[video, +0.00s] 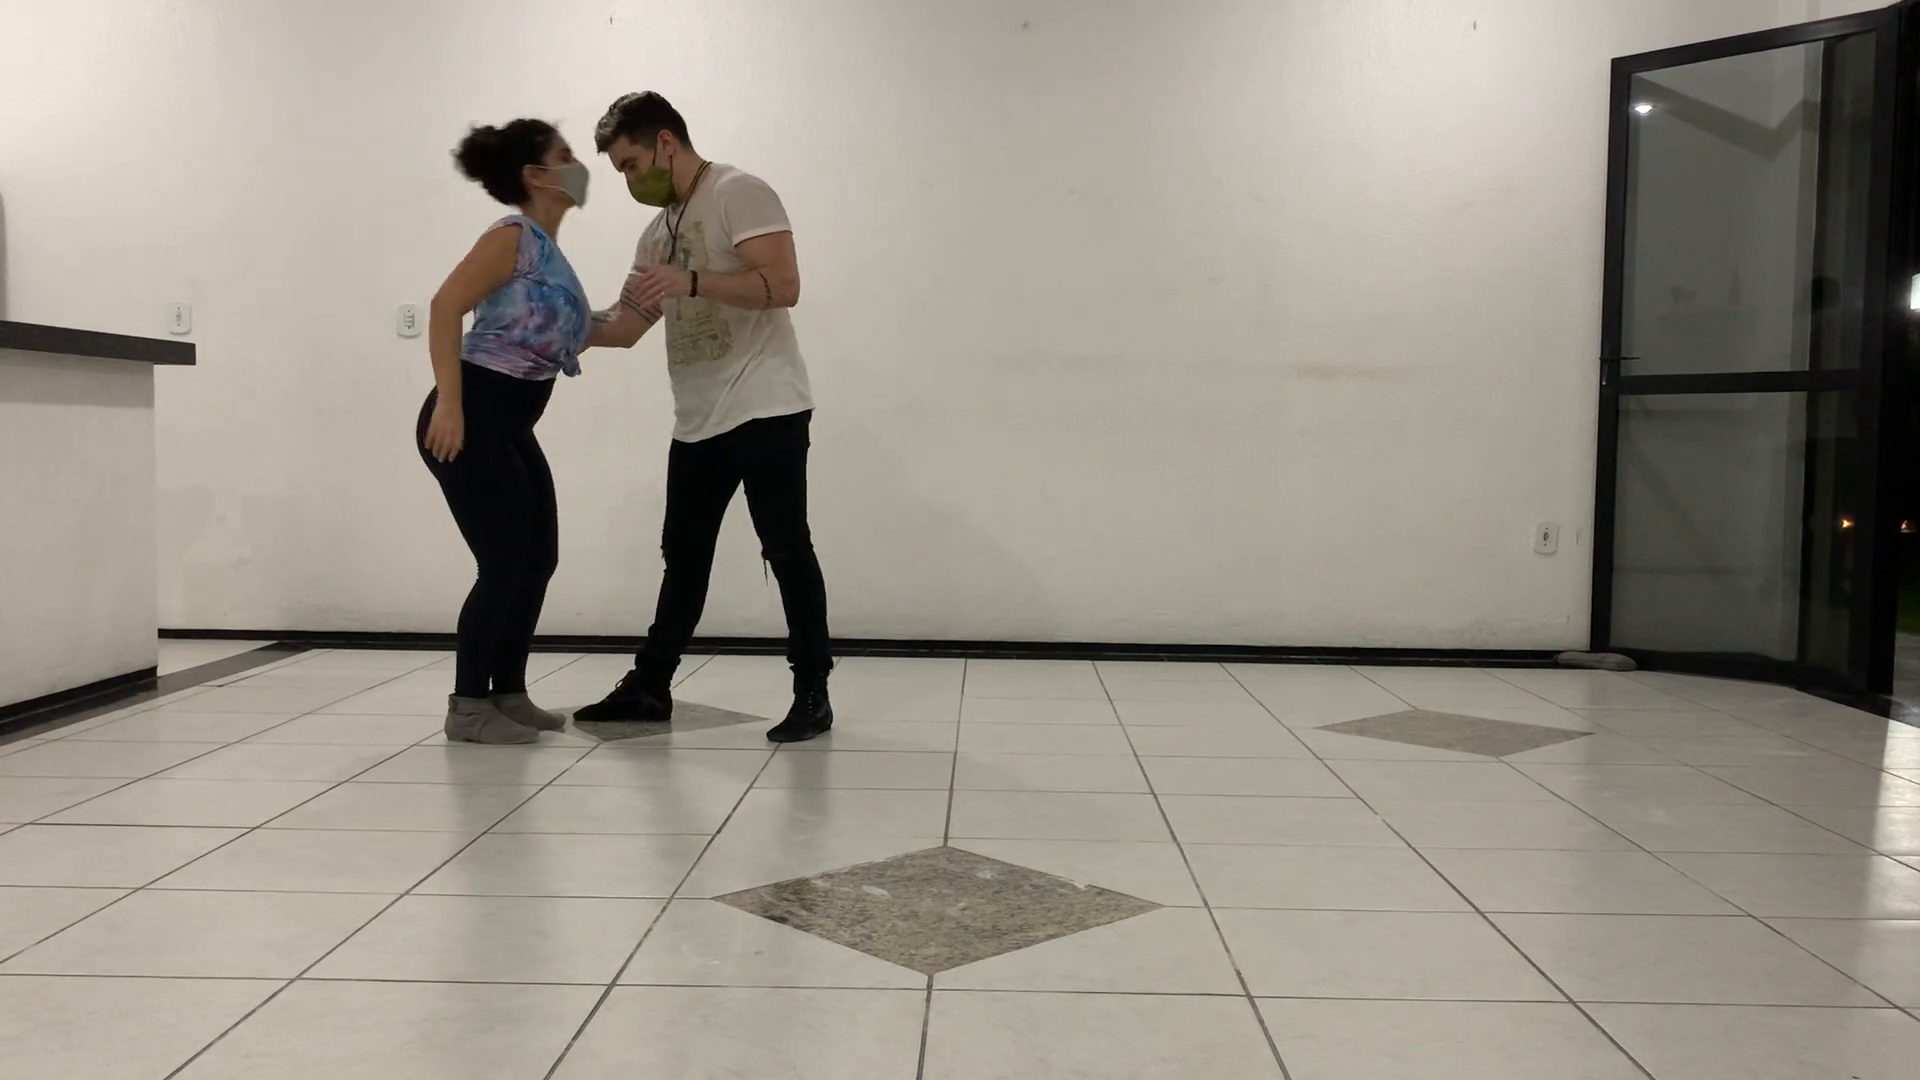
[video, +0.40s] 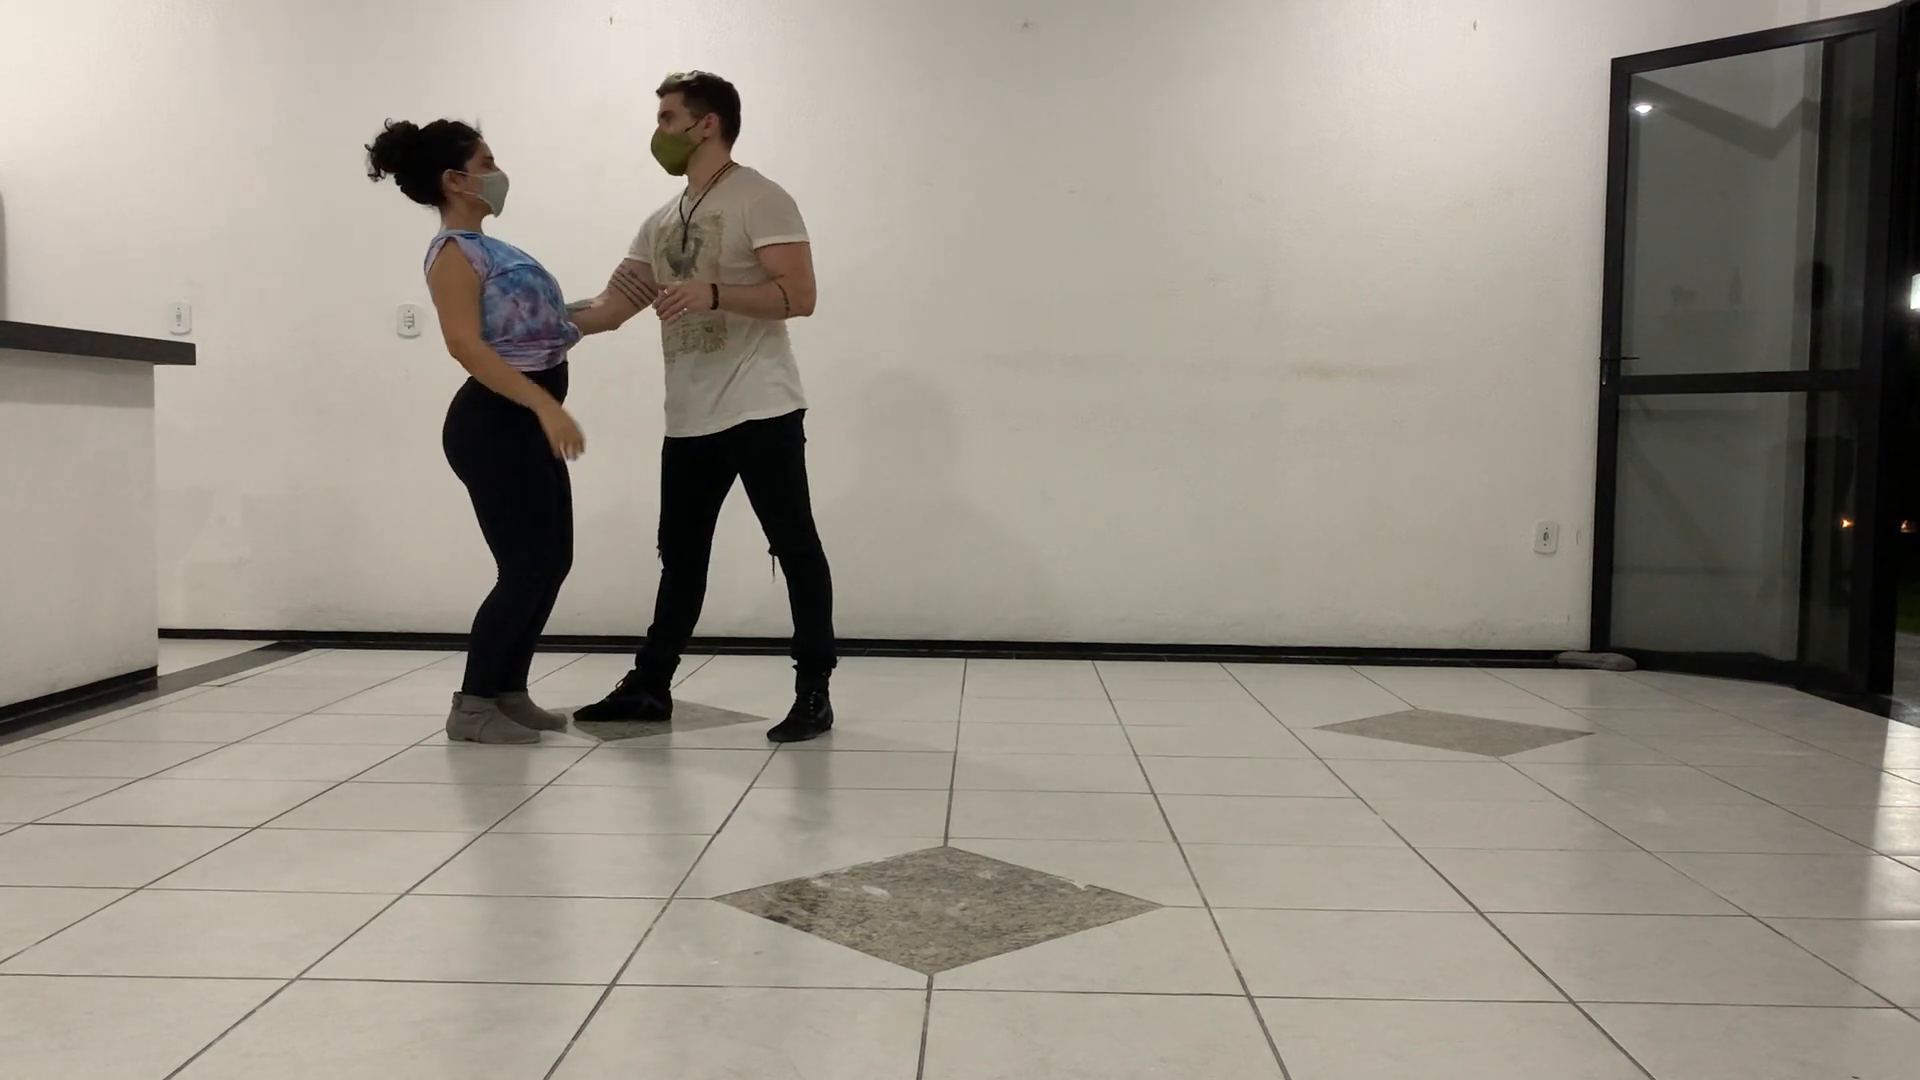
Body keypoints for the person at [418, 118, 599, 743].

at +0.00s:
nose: (579, 163)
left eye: (573, 153)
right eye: (565, 157)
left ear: (543, 175)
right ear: (534, 176)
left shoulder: (549, 261)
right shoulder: (512, 238)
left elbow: (620, 333)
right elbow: (445, 305)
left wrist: (658, 284)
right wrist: (448, 402)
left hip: (512, 419)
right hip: (472, 413)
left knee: (538, 552)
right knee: (506, 556)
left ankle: (506, 694)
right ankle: (469, 705)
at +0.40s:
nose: (498, 170)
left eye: (492, 160)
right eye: (486, 163)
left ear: (458, 182)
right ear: (454, 181)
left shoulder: (487, 248)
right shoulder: (453, 254)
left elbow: (545, 324)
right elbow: (465, 347)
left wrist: (619, 301)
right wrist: (543, 405)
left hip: (526, 417)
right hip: (491, 421)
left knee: (550, 558)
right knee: (526, 563)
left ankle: (507, 693)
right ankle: (474, 705)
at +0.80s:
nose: (494, 182)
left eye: (491, 170)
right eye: (484, 172)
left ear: (449, 185)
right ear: (448, 183)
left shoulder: (467, 250)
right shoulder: (439, 250)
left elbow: (543, 306)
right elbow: (479, 306)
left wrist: (620, 279)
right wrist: (569, 319)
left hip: (515, 415)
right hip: (491, 418)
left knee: (551, 556)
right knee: (529, 563)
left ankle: (508, 692)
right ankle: (475, 704)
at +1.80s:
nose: (543, 184)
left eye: (540, 172)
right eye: (534, 173)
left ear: (492, 182)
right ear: (500, 182)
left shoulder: (465, 243)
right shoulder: (503, 247)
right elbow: (537, 342)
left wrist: (544, 309)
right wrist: (608, 298)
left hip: (462, 425)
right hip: (457, 431)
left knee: (530, 557)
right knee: (515, 565)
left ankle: (504, 691)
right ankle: (476, 707)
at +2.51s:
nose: (554, 190)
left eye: (553, 177)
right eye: (546, 177)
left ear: (506, 179)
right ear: (512, 180)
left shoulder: (481, 247)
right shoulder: (492, 245)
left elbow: (531, 342)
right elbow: (582, 303)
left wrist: (623, 322)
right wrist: (667, 260)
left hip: (475, 428)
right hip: (433, 431)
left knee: (568, 531)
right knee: (491, 574)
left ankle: (539, 663)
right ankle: (472, 710)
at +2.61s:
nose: (574, 189)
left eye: (573, 176)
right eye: (567, 175)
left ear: (527, 177)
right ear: (531, 176)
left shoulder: (513, 252)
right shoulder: (500, 243)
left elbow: (566, 346)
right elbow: (578, 314)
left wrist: (659, 317)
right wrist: (666, 278)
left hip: (504, 431)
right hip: (451, 430)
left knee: (601, 530)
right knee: (489, 573)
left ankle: (603, 669)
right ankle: (481, 707)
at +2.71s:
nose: (600, 185)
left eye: (599, 172)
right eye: (593, 172)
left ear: (554, 174)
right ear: (559, 175)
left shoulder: (534, 248)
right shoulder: (531, 244)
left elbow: (607, 337)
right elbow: (606, 316)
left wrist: (702, 301)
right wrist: (698, 295)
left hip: (535, 433)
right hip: (480, 432)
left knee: (613, 546)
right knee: (502, 575)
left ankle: (656, 683)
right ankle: (487, 705)